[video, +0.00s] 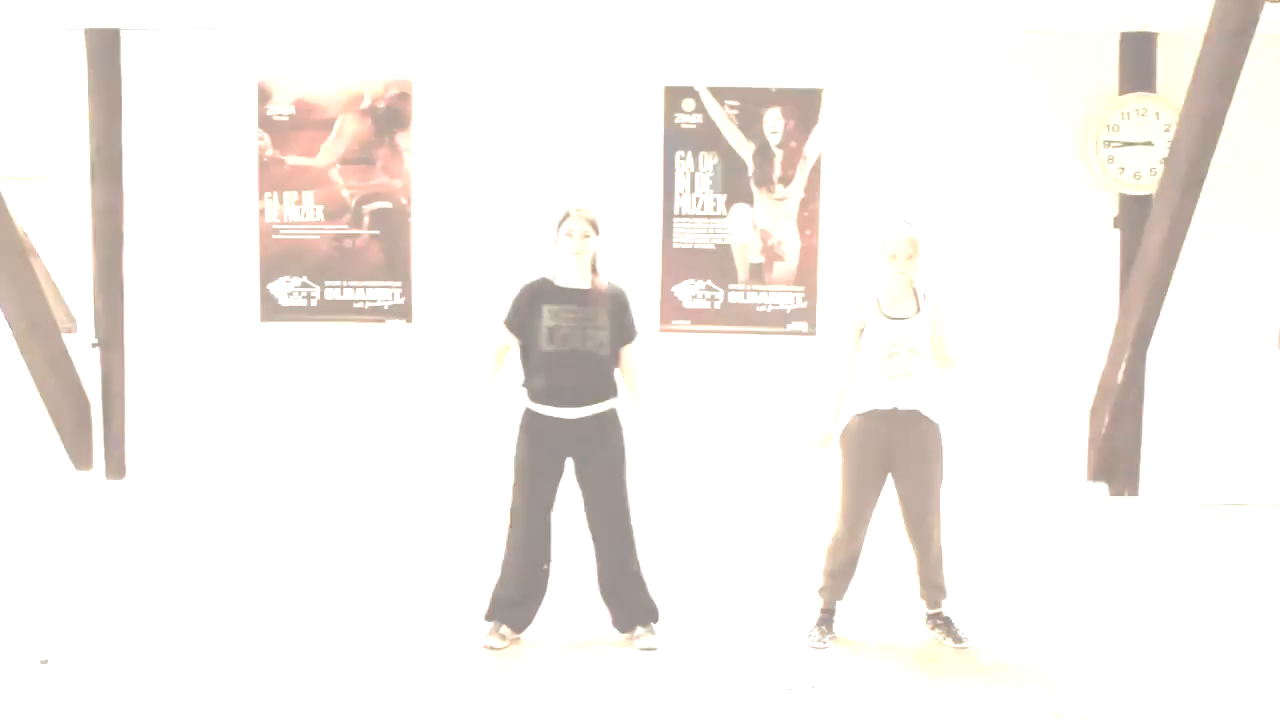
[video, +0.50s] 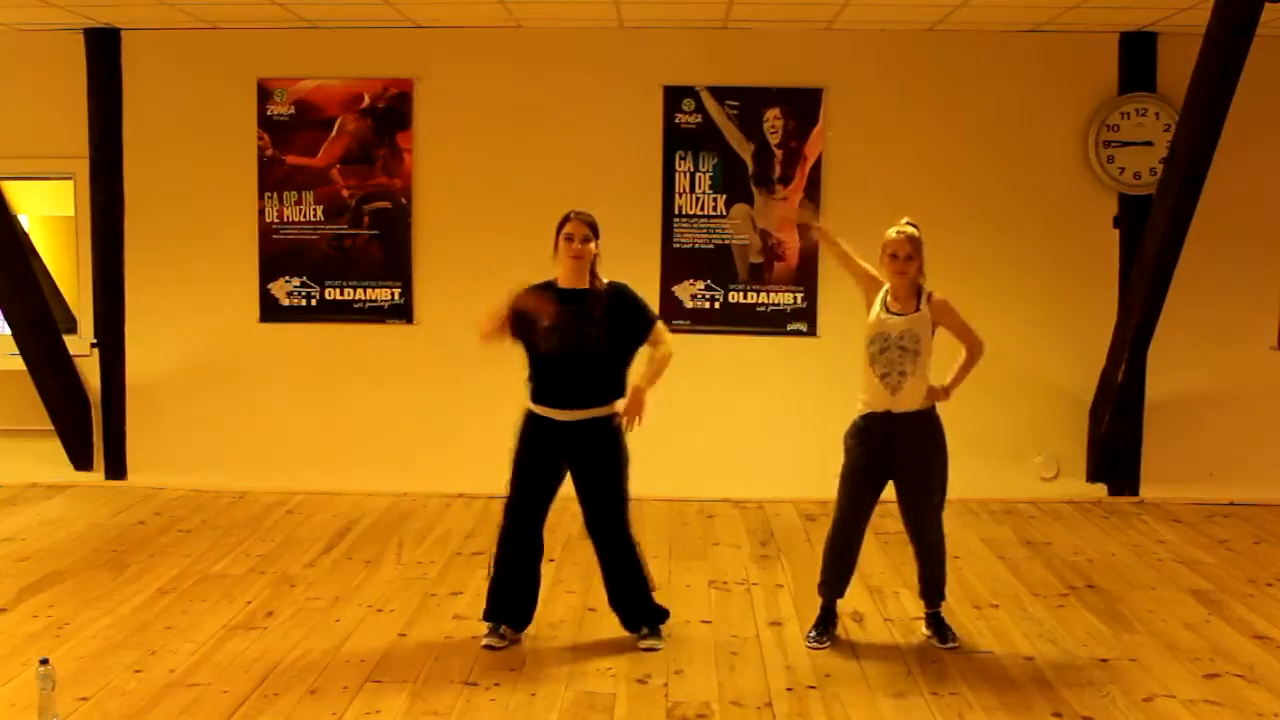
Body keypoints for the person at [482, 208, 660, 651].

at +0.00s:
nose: (577, 242)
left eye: (585, 235)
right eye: (569, 235)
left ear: (597, 244)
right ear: (556, 242)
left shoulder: (611, 297)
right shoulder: (534, 294)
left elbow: (627, 362)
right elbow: (502, 350)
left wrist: (642, 408)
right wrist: (488, 382)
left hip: (598, 423)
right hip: (542, 423)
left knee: (612, 520)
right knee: (527, 519)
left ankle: (635, 617)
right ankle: (508, 616)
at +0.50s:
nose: (578, 244)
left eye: (586, 239)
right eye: (569, 238)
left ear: (597, 249)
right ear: (556, 246)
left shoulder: (619, 300)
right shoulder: (532, 300)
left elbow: (664, 346)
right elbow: (489, 336)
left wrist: (641, 390)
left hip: (599, 430)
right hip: (543, 428)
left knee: (611, 527)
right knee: (520, 523)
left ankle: (643, 620)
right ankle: (505, 620)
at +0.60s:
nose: (583, 247)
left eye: (591, 241)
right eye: (574, 240)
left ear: (602, 249)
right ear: (561, 247)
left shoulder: (623, 302)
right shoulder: (541, 293)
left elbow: (672, 346)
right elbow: (484, 288)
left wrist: (647, 394)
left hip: (612, 428)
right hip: (558, 432)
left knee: (624, 529)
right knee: (527, 525)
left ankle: (646, 621)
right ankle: (505, 620)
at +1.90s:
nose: (596, 260)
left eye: (605, 254)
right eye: (590, 252)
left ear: (619, 259)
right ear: (580, 255)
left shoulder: (635, 309)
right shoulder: (564, 290)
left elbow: (679, 360)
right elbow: (538, 229)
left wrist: (653, 401)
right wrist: (520, 169)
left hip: (620, 432)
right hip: (563, 434)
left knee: (634, 529)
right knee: (535, 528)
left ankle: (649, 620)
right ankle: (506, 620)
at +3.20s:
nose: (598, 258)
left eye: (607, 252)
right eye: (592, 251)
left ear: (621, 258)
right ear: (582, 254)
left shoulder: (636, 310)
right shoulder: (566, 289)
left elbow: (679, 360)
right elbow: (542, 229)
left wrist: (654, 401)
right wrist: (526, 168)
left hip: (621, 432)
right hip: (565, 434)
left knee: (634, 529)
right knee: (536, 527)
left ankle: (649, 620)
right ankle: (506, 620)